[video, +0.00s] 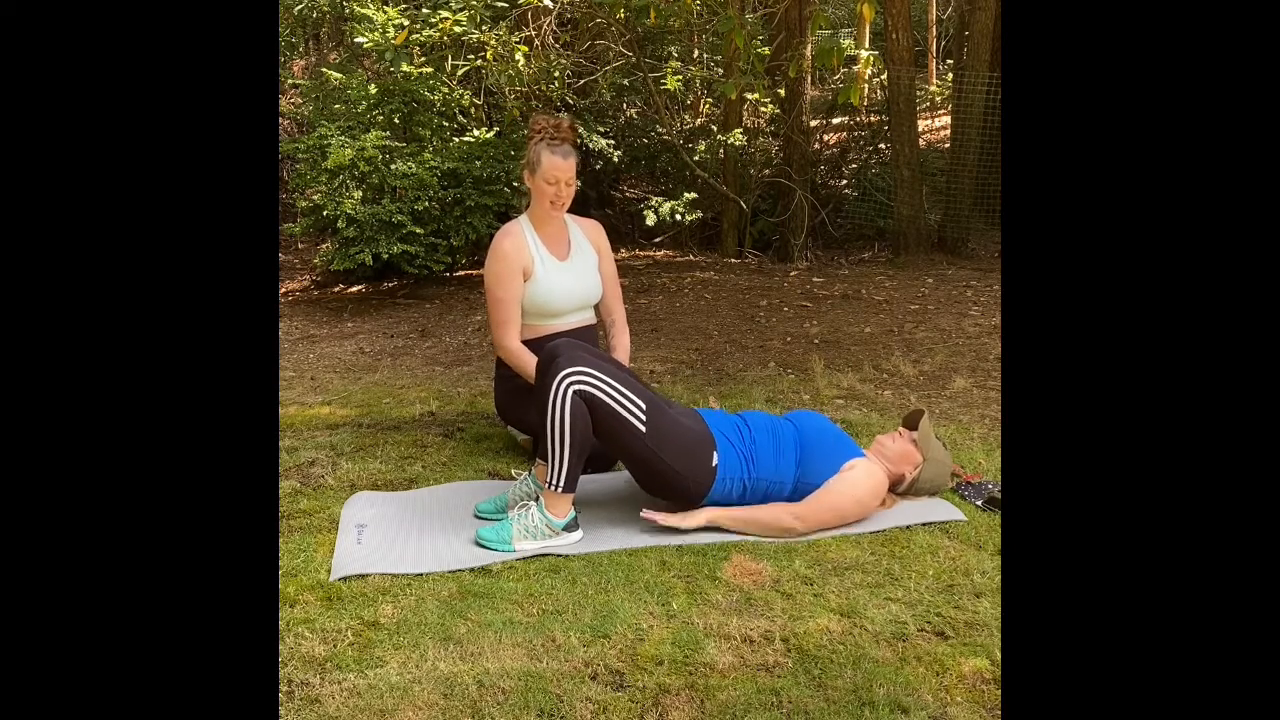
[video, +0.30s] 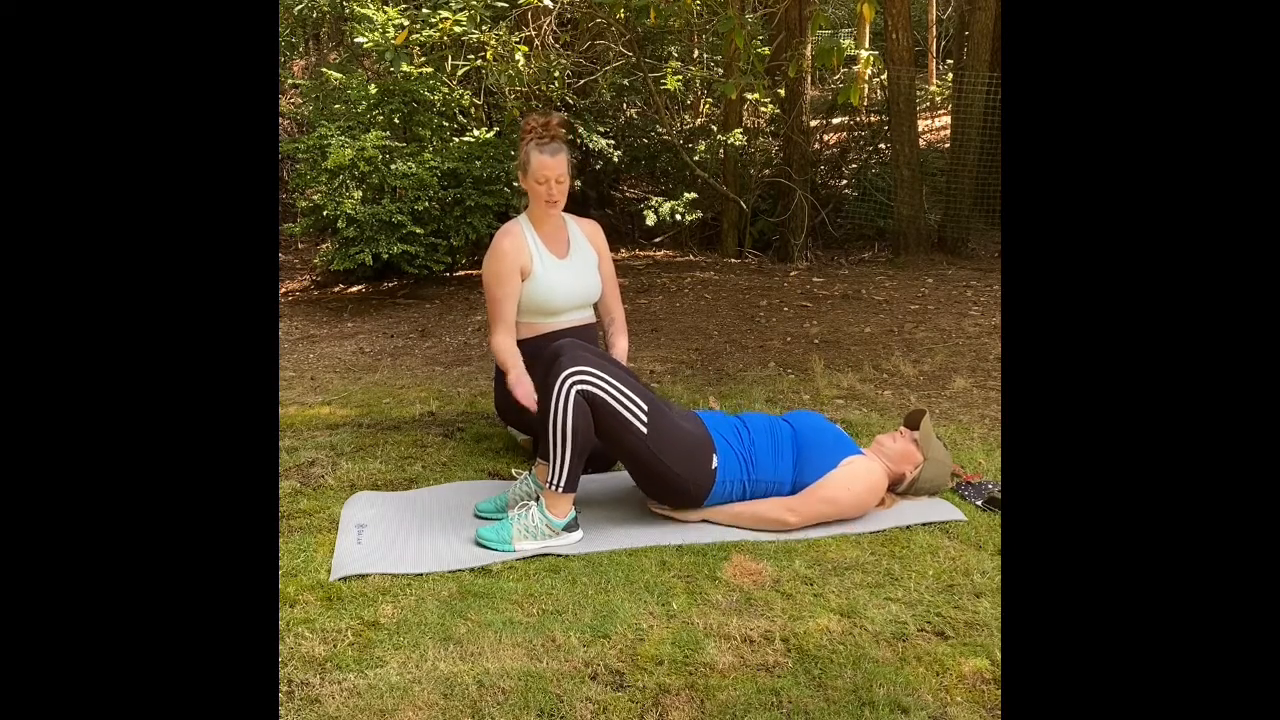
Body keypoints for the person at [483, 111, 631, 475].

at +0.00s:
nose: (562, 193)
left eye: (570, 183)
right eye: (551, 182)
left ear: (577, 180)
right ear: (528, 179)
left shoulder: (591, 233)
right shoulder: (509, 244)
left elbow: (616, 322)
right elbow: (506, 343)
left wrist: (615, 379)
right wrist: (564, 387)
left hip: (586, 368)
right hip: (525, 379)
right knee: (600, 450)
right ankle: (537, 442)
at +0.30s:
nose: (552, 191)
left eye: (560, 180)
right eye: (541, 181)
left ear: (570, 178)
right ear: (523, 181)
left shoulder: (590, 233)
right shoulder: (509, 244)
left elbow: (614, 319)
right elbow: (502, 333)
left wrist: (616, 366)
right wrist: (517, 374)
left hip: (587, 366)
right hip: (527, 375)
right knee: (599, 448)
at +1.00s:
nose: (554, 187)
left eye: (561, 177)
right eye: (543, 177)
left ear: (568, 178)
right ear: (520, 178)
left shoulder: (585, 232)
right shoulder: (505, 243)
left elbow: (611, 318)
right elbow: (497, 342)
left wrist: (615, 366)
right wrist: (524, 337)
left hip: (585, 364)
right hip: (525, 375)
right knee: (604, 448)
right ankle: (536, 440)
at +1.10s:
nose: (554, 184)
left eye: (561, 174)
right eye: (542, 174)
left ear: (568, 176)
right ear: (520, 177)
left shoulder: (585, 231)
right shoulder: (504, 243)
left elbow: (608, 306)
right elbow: (497, 345)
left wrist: (621, 346)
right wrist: (524, 322)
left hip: (586, 365)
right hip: (524, 375)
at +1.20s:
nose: (552, 183)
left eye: (560, 173)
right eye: (541, 171)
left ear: (567, 178)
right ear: (520, 175)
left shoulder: (584, 231)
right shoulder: (503, 242)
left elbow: (614, 301)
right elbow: (497, 342)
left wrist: (620, 313)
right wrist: (533, 304)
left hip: (584, 365)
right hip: (524, 376)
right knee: (603, 448)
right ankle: (538, 444)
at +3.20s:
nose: (548, 183)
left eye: (555, 174)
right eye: (537, 171)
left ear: (562, 179)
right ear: (515, 173)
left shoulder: (578, 229)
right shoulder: (498, 242)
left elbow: (643, 292)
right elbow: (501, 320)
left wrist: (627, 270)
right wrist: (554, 269)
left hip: (586, 363)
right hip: (523, 377)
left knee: (643, 436)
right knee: (603, 446)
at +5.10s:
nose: (549, 183)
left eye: (558, 175)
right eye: (539, 172)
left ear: (565, 180)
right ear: (518, 174)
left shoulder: (581, 230)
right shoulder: (500, 242)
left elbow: (641, 297)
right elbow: (495, 330)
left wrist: (628, 286)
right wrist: (561, 292)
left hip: (585, 366)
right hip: (523, 379)